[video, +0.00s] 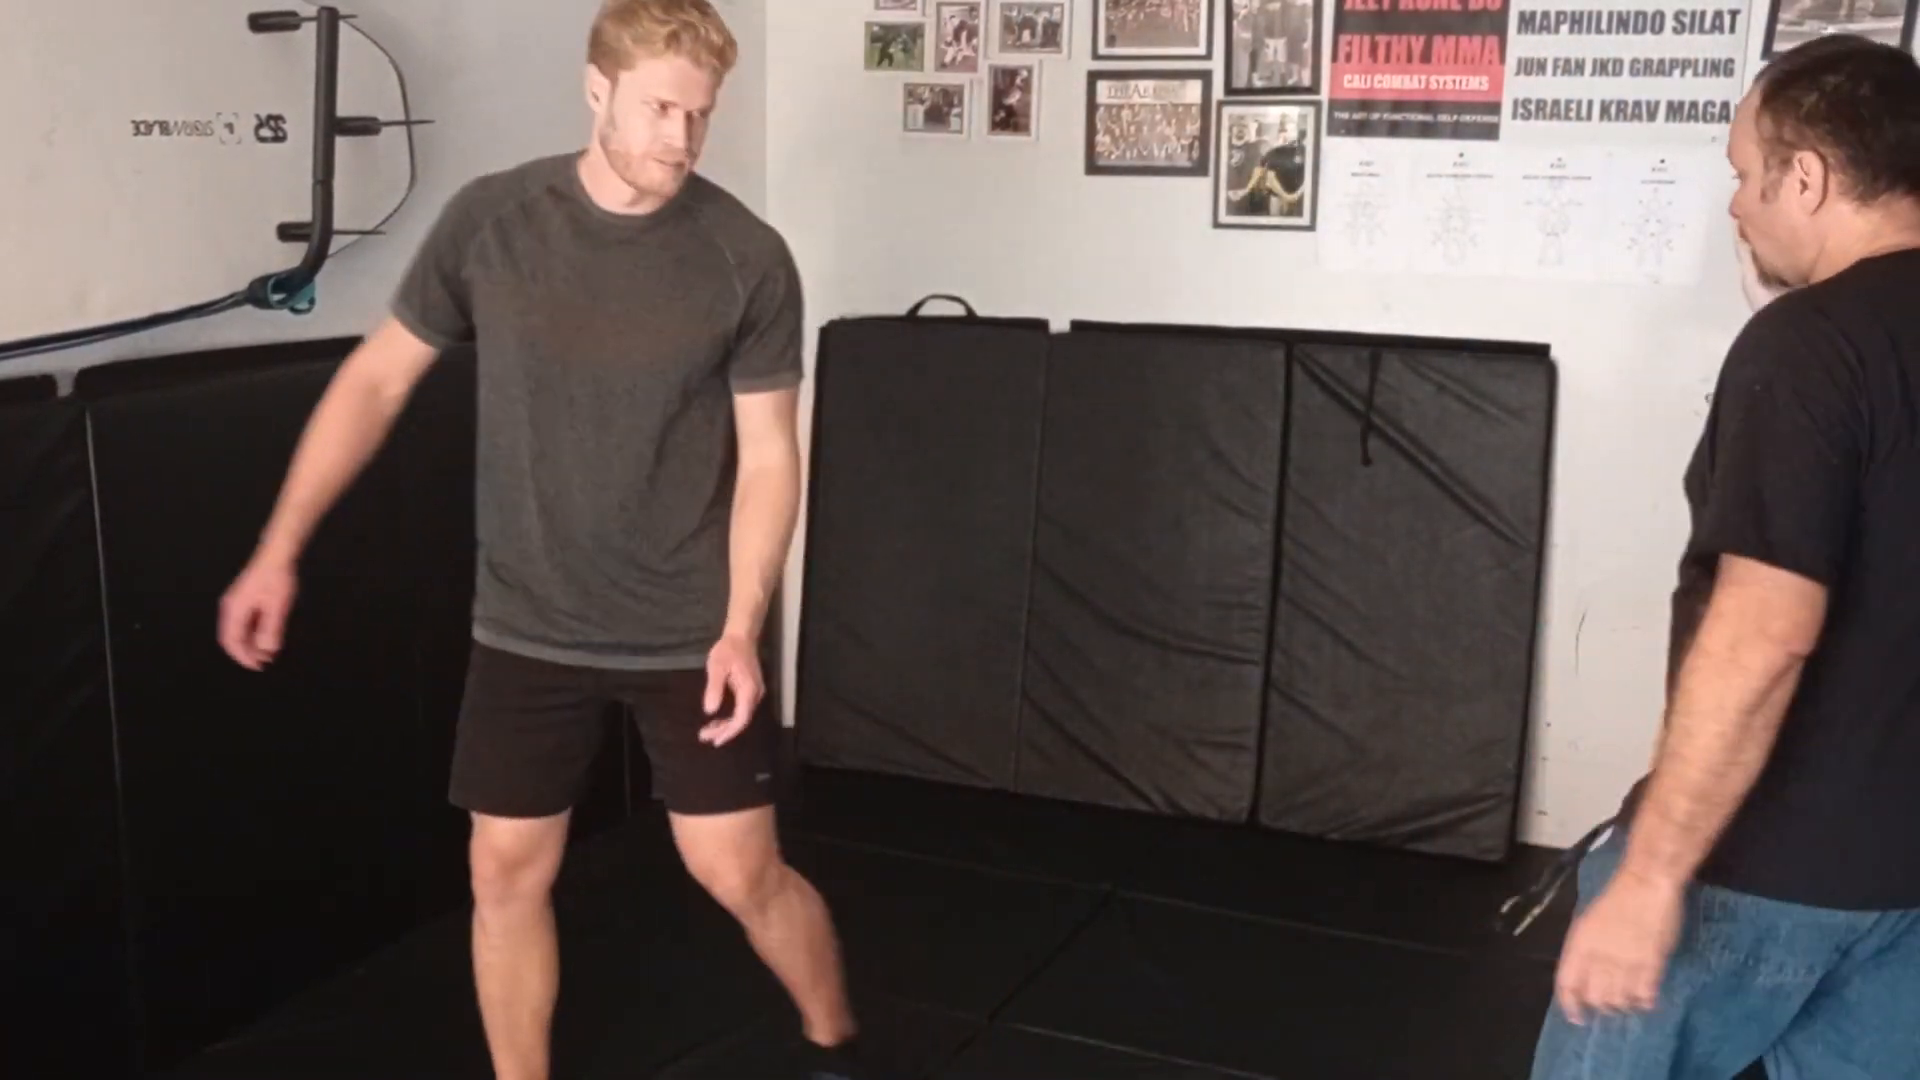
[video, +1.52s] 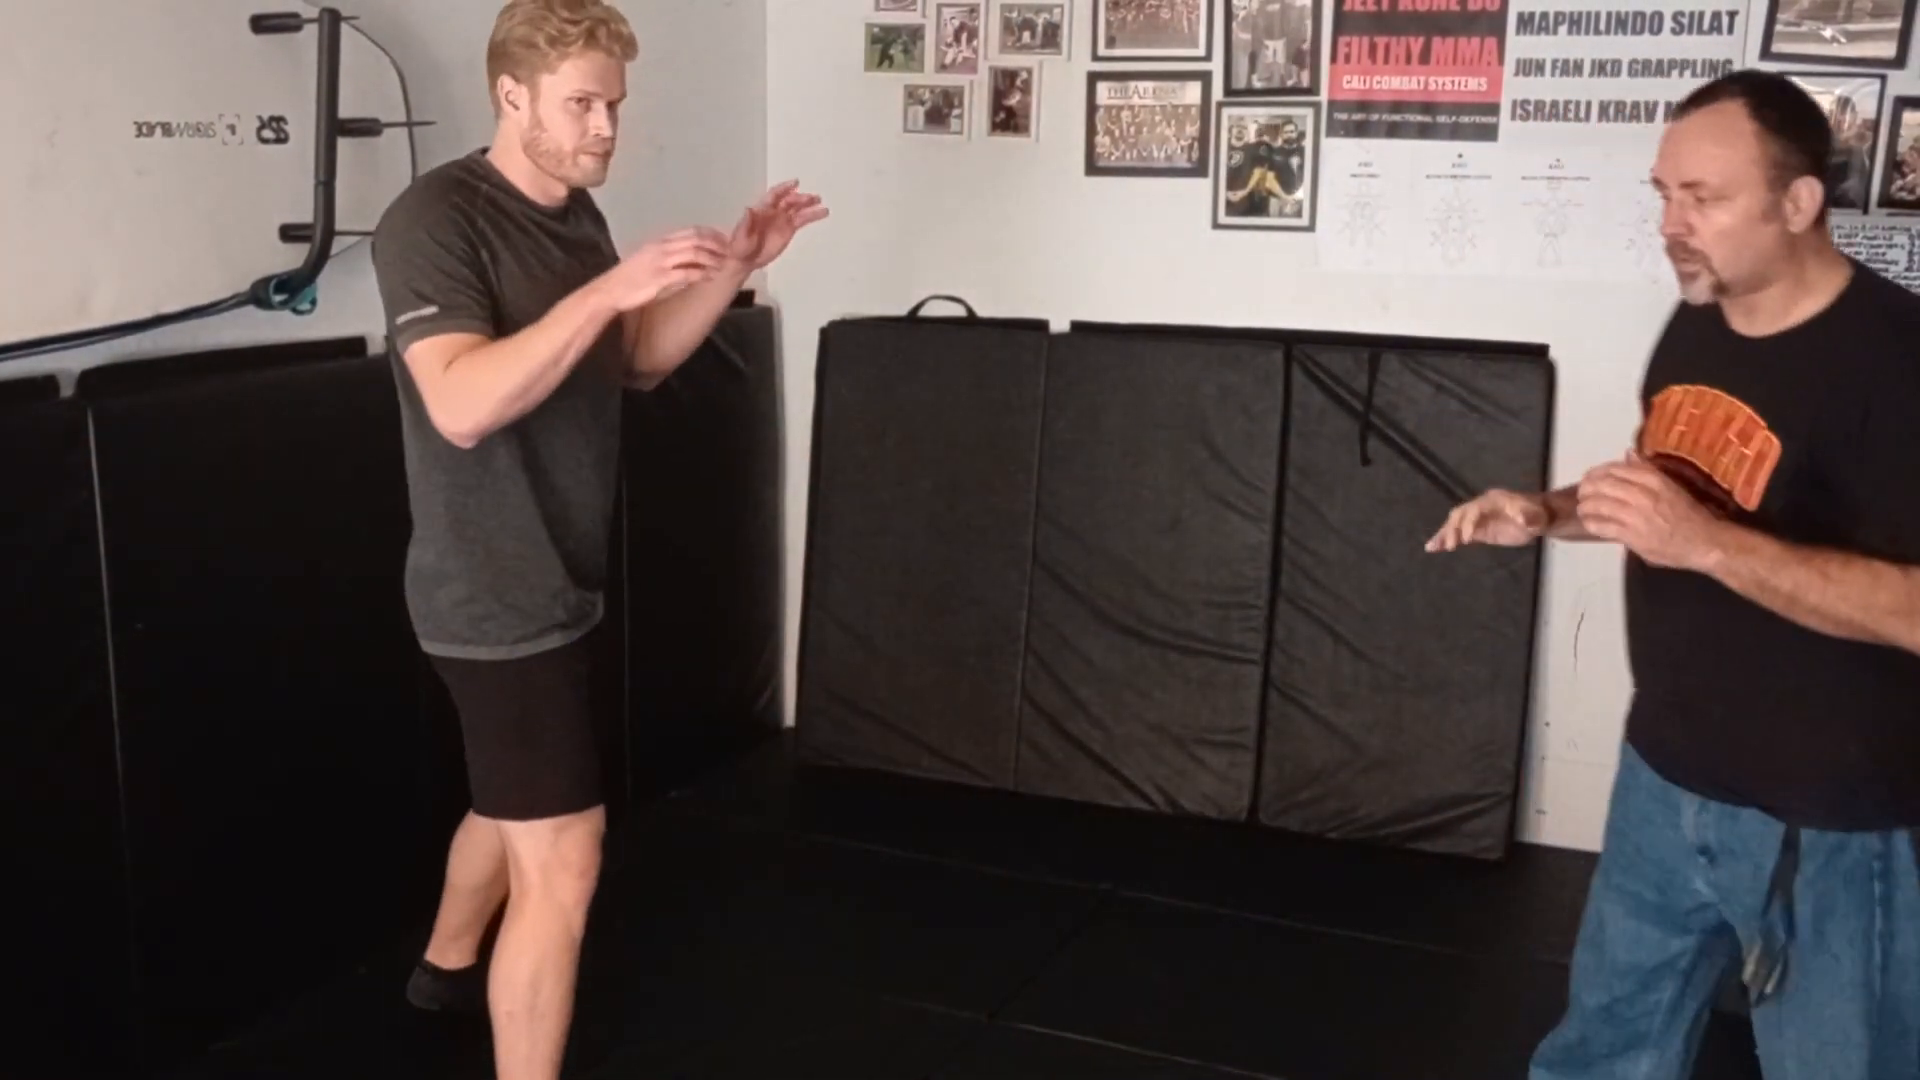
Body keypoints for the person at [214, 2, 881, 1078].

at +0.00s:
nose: (681, 139)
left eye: (699, 114)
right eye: (659, 110)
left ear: (716, 111)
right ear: (599, 93)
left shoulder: (748, 261)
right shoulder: (488, 222)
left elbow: (769, 455)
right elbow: (375, 381)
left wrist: (743, 625)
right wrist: (278, 549)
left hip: (688, 636)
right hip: (525, 631)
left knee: (739, 872)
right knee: (504, 872)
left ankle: (839, 1046)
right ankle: (520, 1076)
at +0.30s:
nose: (642, 109)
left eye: (652, 86)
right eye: (620, 85)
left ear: (658, 85)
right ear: (547, 81)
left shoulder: (676, 237)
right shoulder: (426, 227)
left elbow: (715, 422)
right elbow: (326, 404)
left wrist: (740, 609)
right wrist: (259, 576)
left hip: (640, 621)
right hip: (484, 633)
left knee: (623, 833)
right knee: (502, 880)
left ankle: (524, 1006)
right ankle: (514, 1068)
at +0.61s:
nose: (644, 116)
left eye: (648, 93)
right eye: (622, 94)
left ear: (605, 97)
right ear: (547, 93)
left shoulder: (628, 231)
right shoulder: (454, 237)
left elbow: (657, 402)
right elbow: (427, 447)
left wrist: (722, 527)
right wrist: (538, 613)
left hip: (616, 596)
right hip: (503, 607)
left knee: (594, 814)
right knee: (552, 847)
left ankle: (527, 1021)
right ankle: (471, 1068)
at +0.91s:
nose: (639, 114)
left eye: (643, 90)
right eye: (620, 91)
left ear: (569, 91)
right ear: (546, 87)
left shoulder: (592, 212)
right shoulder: (464, 208)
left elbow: (674, 325)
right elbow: (503, 385)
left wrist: (798, 295)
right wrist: (688, 342)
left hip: (585, 583)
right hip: (516, 599)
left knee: (532, 832)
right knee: (573, 856)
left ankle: (513, 1015)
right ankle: (540, 1069)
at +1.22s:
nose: (649, 120)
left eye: (652, 98)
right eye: (630, 98)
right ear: (553, 92)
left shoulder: (597, 211)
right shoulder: (464, 201)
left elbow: (691, 333)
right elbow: (561, 362)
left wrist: (757, 206)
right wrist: (681, 207)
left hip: (560, 584)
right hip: (495, 596)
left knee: (525, 835)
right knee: (555, 868)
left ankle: (506, 1016)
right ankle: (529, 1067)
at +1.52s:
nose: (606, 125)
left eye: (615, 102)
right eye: (582, 103)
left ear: (620, 100)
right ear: (512, 100)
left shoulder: (581, 223)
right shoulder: (429, 221)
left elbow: (640, 358)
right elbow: (458, 404)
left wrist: (735, 266)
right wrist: (606, 293)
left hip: (568, 587)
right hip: (494, 605)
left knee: (503, 808)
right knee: (560, 871)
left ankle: (441, 978)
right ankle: (524, 1074)